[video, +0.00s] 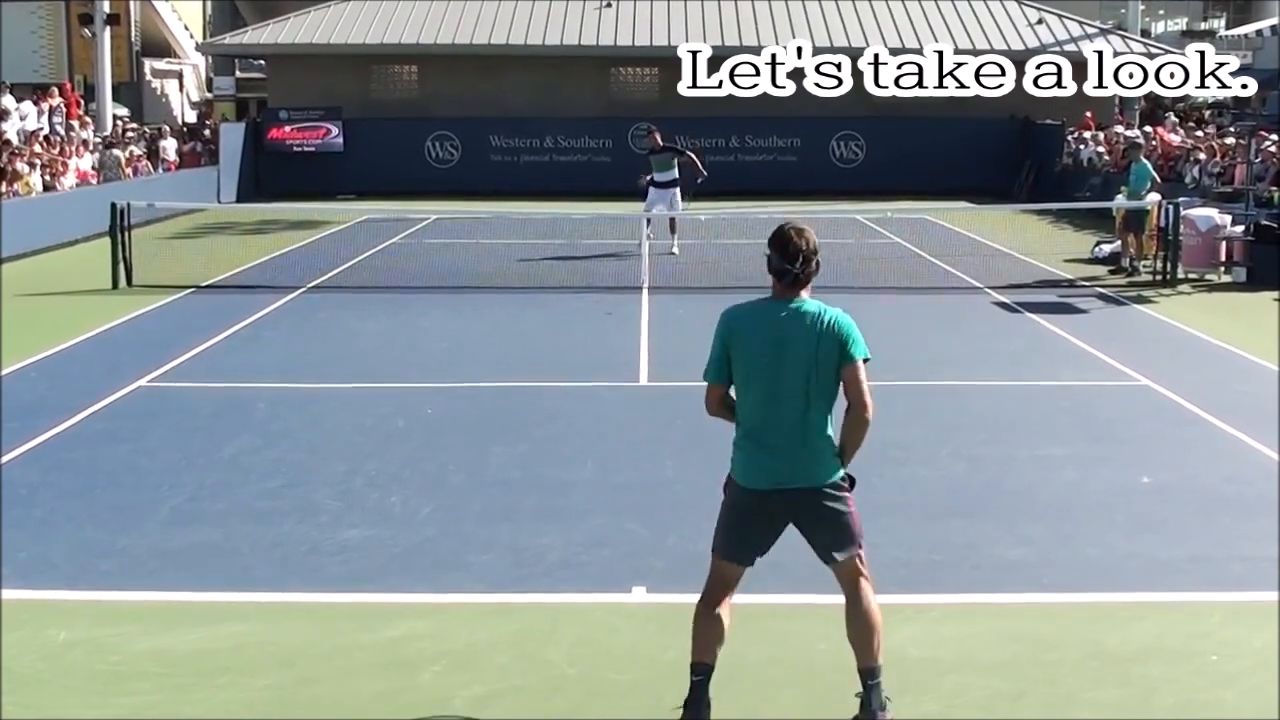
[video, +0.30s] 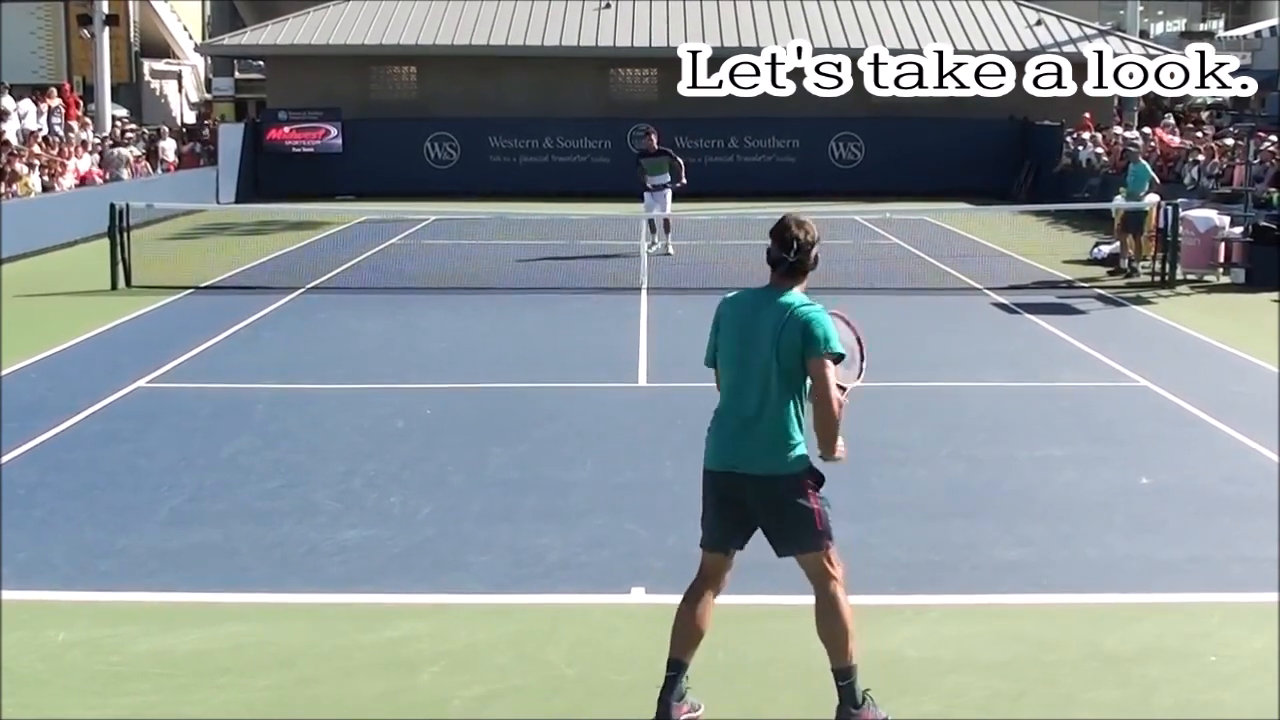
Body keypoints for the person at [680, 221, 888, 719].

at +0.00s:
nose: (781, 270)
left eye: (773, 262)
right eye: (803, 263)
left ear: (769, 267)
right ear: (814, 270)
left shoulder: (735, 320)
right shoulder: (836, 324)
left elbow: (716, 403)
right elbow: (861, 406)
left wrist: (762, 417)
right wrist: (841, 463)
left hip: (752, 481)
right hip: (818, 480)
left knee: (717, 591)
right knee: (857, 583)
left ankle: (697, 701)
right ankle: (873, 701)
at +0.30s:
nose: (810, 264)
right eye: (814, 258)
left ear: (769, 257)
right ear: (813, 263)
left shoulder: (730, 306)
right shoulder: (811, 317)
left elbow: (723, 382)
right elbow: (827, 400)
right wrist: (830, 447)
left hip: (722, 468)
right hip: (783, 470)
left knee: (707, 578)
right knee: (828, 579)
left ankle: (671, 695)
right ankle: (851, 701)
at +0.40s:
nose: (816, 258)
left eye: (812, 250)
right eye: (816, 252)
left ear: (770, 253)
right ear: (811, 258)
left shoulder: (737, 299)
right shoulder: (795, 311)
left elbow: (768, 357)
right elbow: (809, 396)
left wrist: (839, 360)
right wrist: (844, 426)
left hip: (715, 457)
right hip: (769, 461)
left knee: (706, 572)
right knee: (814, 567)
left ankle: (670, 692)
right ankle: (828, 694)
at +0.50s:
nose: (821, 254)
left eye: (819, 247)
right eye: (820, 248)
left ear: (773, 246)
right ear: (814, 252)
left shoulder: (751, 290)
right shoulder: (787, 299)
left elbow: (807, 331)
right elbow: (791, 374)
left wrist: (867, 322)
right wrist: (862, 393)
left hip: (717, 449)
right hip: (765, 454)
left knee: (713, 562)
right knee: (798, 562)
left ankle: (671, 684)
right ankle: (786, 686)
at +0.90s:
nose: (843, 290)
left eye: (844, 282)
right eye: (846, 283)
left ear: (805, 268)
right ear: (839, 282)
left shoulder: (792, 309)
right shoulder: (793, 310)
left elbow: (847, 349)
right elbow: (762, 358)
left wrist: (914, 376)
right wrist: (805, 407)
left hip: (709, 441)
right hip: (741, 446)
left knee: (745, 538)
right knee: (787, 560)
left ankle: (732, 646)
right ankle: (775, 687)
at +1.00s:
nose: (843, 305)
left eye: (845, 297)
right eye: (846, 297)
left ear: (805, 280)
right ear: (837, 294)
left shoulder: (767, 308)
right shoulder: (798, 330)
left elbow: (809, 368)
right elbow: (780, 398)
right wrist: (792, 471)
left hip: (701, 449)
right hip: (742, 456)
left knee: (744, 538)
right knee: (795, 562)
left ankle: (731, 647)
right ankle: (774, 687)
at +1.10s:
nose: (838, 310)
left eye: (840, 301)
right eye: (841, 302)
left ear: (800, 282)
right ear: (833, 298)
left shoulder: (747, 302)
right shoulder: (809, 349)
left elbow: (740, 365)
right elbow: (805, 441)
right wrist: (832, 512)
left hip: (697, 453)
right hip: (748, 464)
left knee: (733, 536)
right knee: (794, 562)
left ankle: (729, 648)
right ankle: (773, 682)